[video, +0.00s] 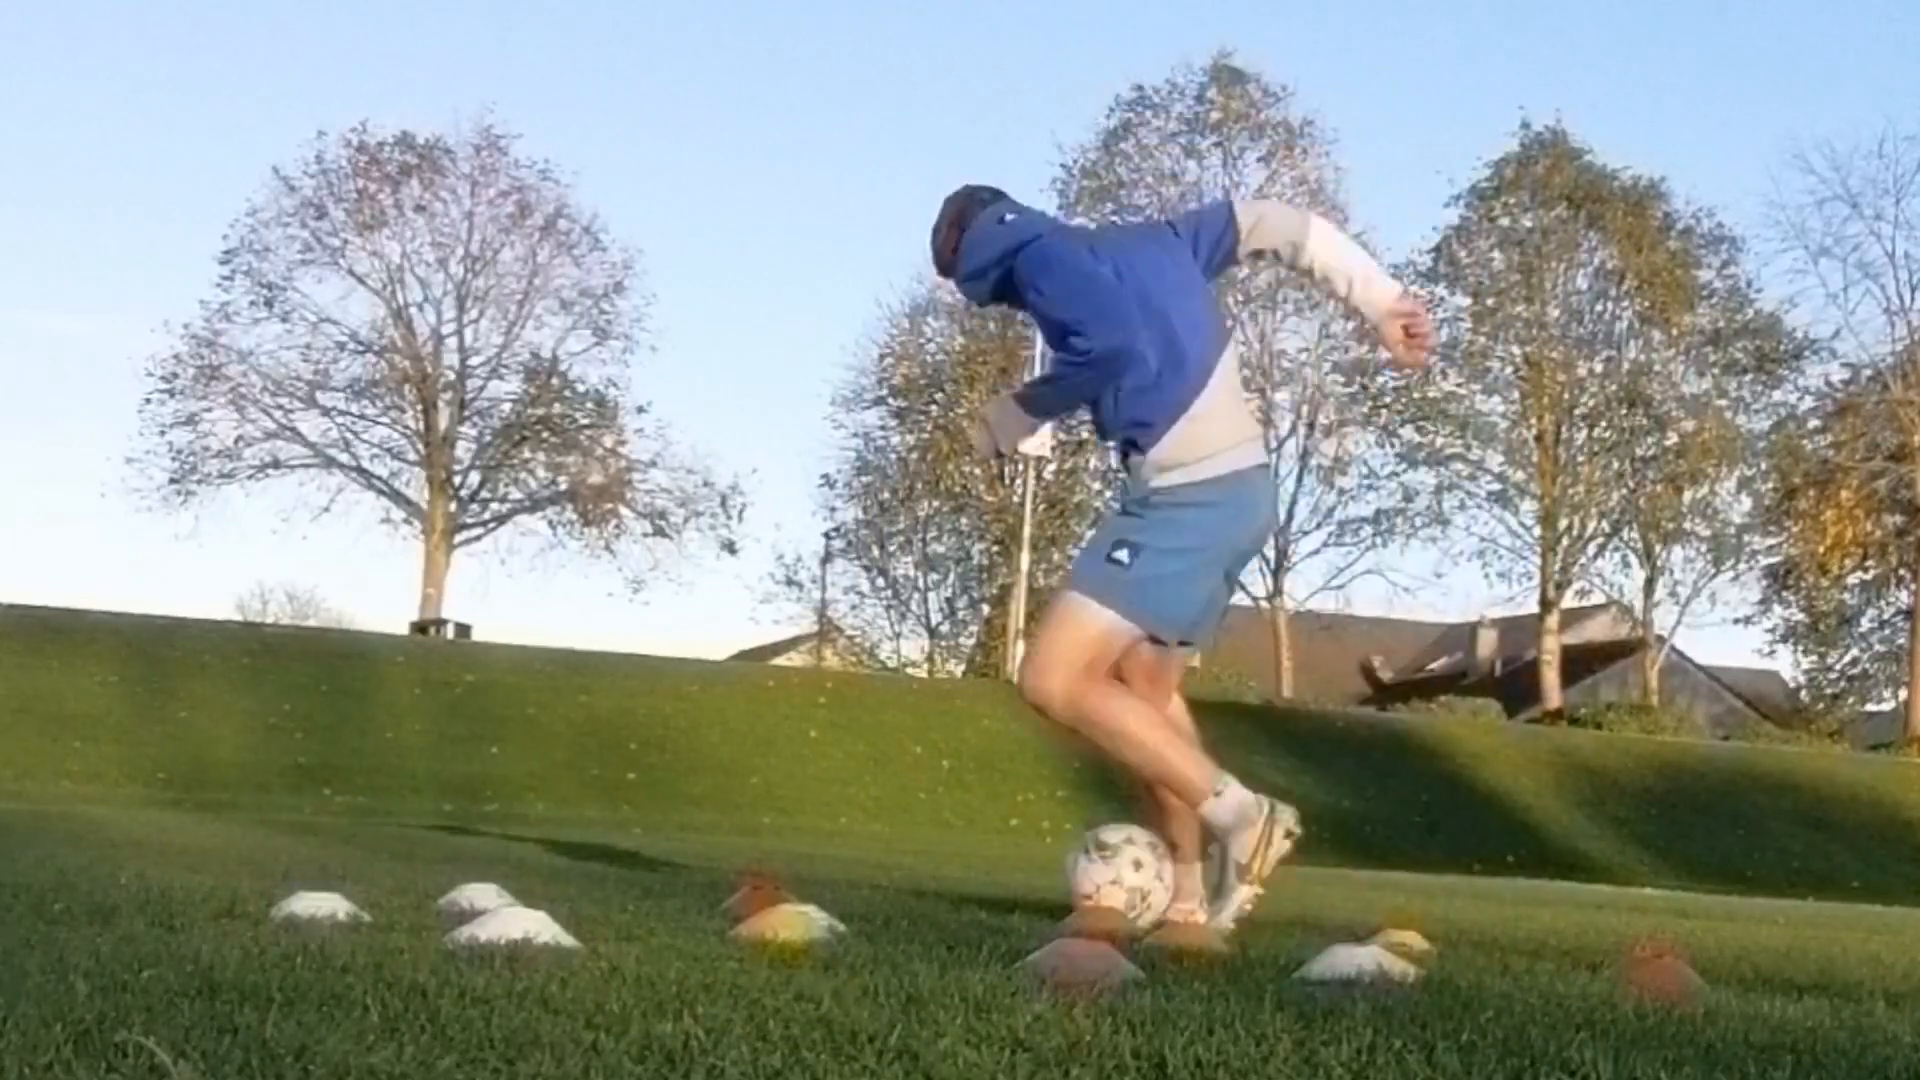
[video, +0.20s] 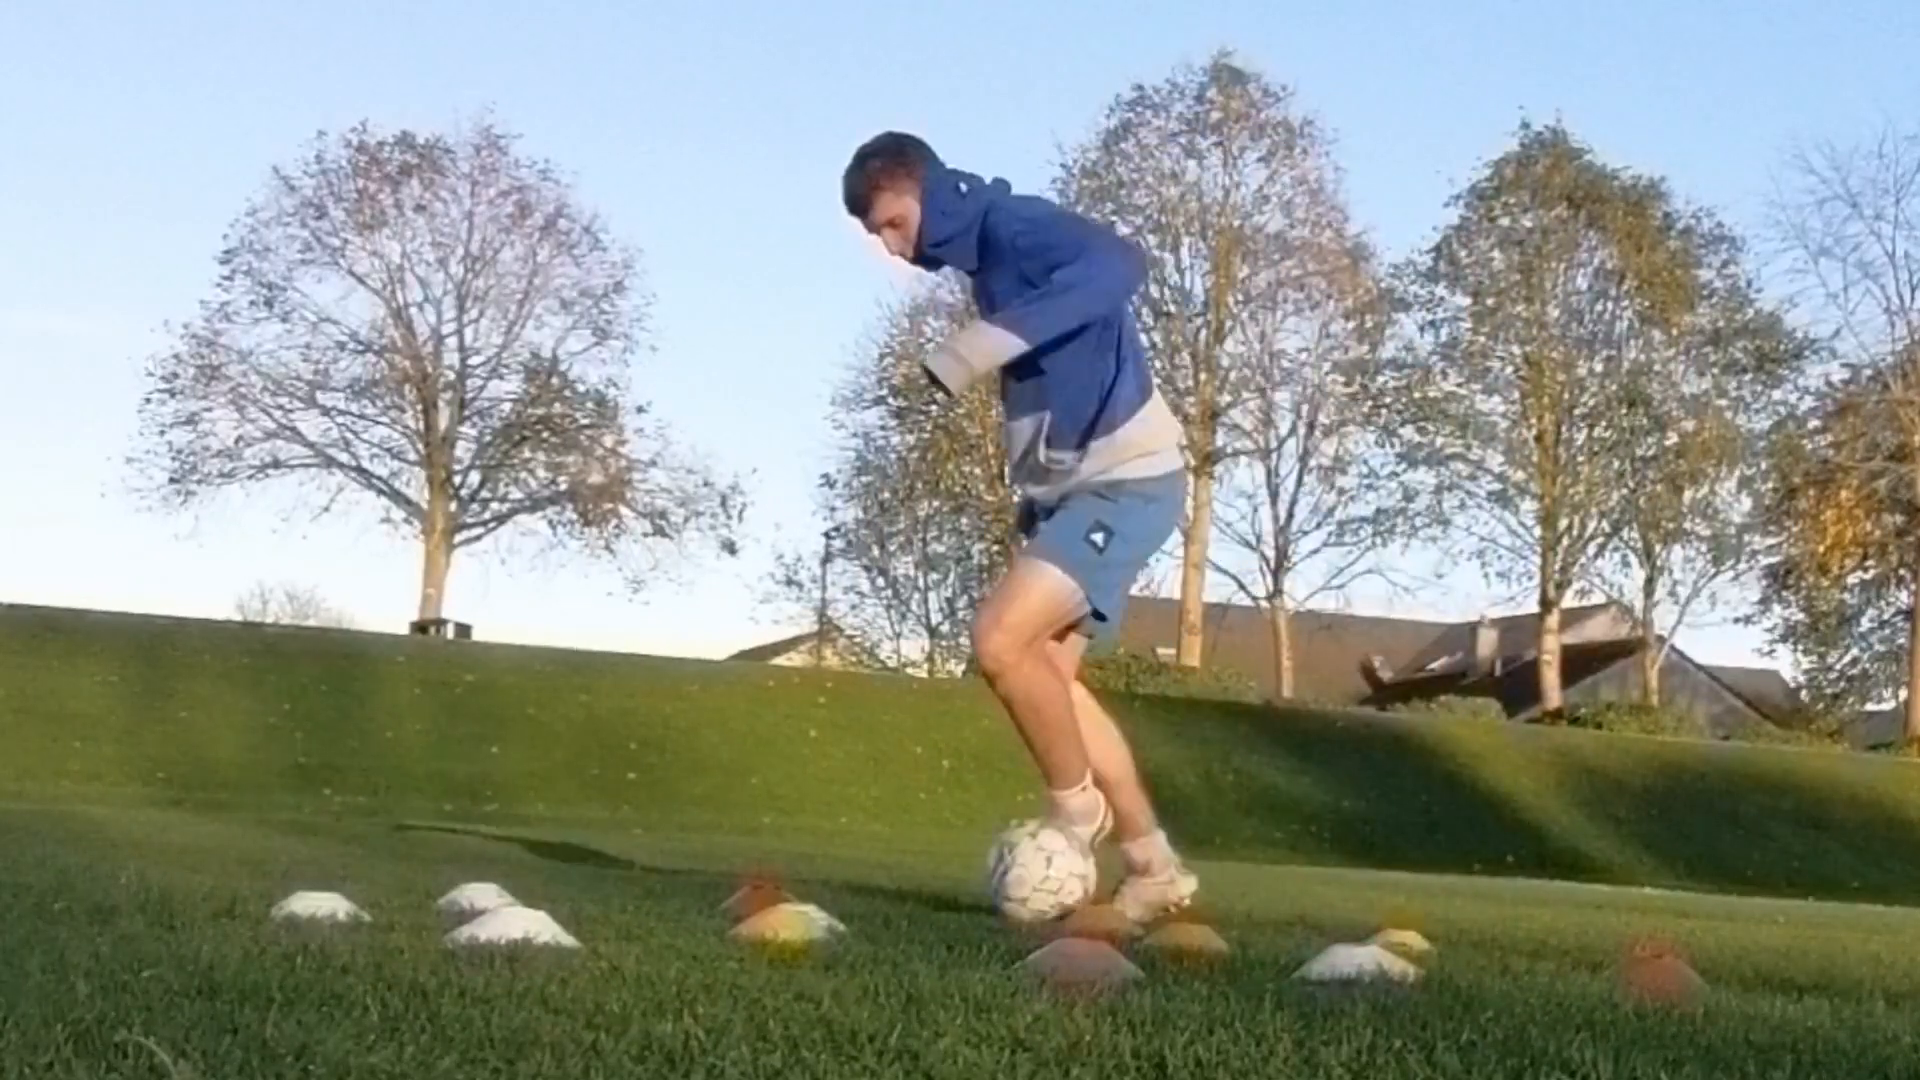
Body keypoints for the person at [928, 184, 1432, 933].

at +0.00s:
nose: (968, 286)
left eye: (959, 271)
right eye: (958, 276)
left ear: (970, 247)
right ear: (1011, 211)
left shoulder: (1043, 261)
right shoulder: (1138, 238)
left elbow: (1107, 345)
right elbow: (1279, 222)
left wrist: (1019, 412)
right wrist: (1382, 298)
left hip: (1184, 492)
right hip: (1235, 485)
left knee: (1053, 677)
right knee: (1147, 685)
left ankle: (1240, 815)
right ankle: (1185, 903)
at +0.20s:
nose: (886, 245)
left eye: (884, 224)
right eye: (874, 230)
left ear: (911, 192)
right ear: (905, 199)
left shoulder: (1008, 221)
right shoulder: (983, 250)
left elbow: (1116, 264)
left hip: (1126, 478)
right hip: (1066, 487)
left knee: (1001, 640)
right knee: (1048, 677)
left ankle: (1080, 815)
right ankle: (1156, 868)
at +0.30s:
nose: (845, 241)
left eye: (849, 220)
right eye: (831, 227)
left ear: (880, 189)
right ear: (830, 211)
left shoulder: (959, 200)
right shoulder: (917, 242)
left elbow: (1095, 235)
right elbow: (973, 345)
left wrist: (945, 255)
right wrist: (914, 416)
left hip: (1088, 468)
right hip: (1003, 476)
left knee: (997, 662)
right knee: (933, 650)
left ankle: (1090, 856)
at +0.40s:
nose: (807, 273)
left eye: (811, 250)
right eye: (790, 260)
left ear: (843, 220)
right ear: (780, 251)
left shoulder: (937, 242)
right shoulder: (861, 295)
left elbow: (1083, 264)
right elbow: (867, 358)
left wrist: (984, 335)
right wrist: (795, 421)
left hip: (1047, 480)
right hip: (949, 498)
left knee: (972, 628)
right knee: (863, 661)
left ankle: (1041, 811)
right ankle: (855, 870)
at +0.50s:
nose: (794, 245)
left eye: (803, 221)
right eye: (776, 231)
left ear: (837, 197)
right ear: (763, 225)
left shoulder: (935, 246)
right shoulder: (797, 308)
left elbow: (1072, 296)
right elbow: (779, 419)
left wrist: (1046, 379)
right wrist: (733, 510)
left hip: (995, 482)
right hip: (888, 502)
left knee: (976, 577)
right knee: (808, 663)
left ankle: (964, 801)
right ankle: (844, 867)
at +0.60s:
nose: (792, 180)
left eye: (803, 157)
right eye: (775, 165)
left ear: (838, 134)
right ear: (761, 160)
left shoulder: (933, 183)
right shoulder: (786, 251)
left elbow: (1070, 214)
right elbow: (789, 379)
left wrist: (1048, 253)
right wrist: (777, 487)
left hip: (980, 456)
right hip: (871, 480)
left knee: (963, 607)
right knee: (820, 650)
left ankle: (956, 824)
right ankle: (841, 860)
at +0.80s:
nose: (795, 96)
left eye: (809, 75)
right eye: (779, 80)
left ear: (850, 49)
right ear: (765, 65)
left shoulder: (915, 124)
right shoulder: (788, 133)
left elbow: (988, 241)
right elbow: (800, 232)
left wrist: (864, 188)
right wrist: (780, 325)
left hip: (942, 397)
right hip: (832, 409)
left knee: (982, 578)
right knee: (790, 616)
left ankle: (1077, 794)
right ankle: (917, 832)